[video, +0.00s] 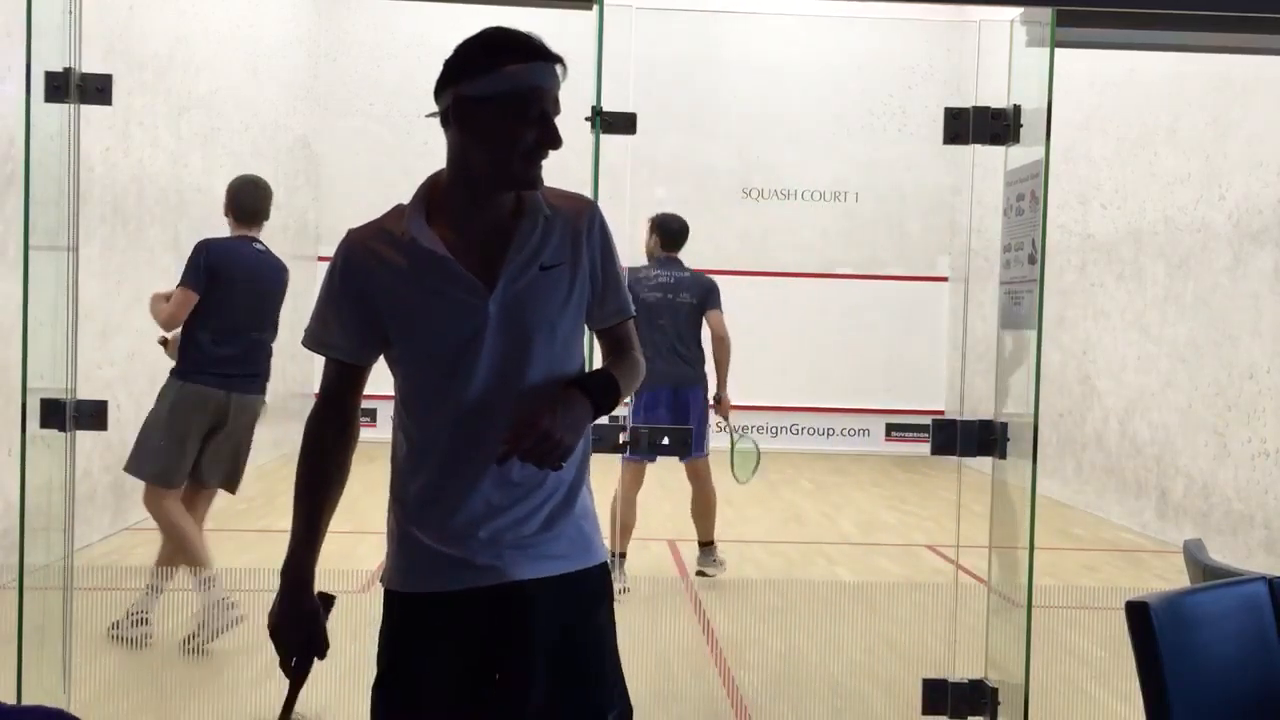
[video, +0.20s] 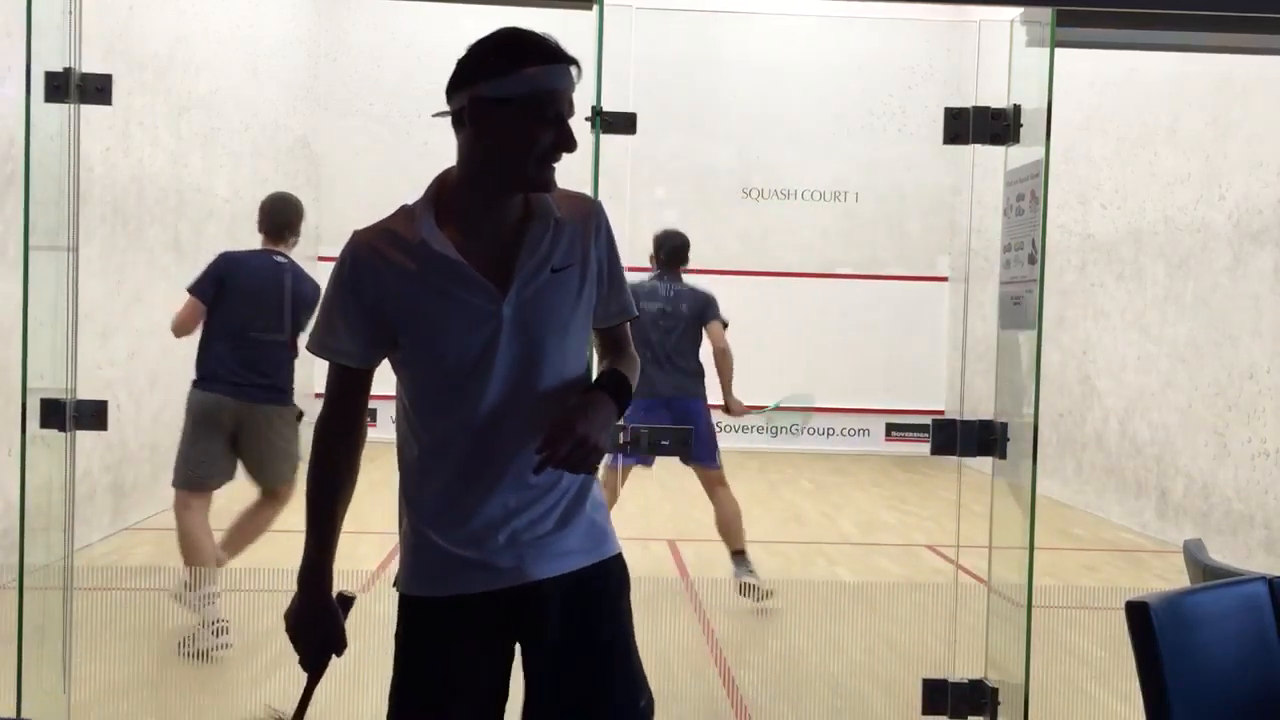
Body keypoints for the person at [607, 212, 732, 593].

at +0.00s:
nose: (644, 238)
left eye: (647, 233)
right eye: (648, 232)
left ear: (654, 239)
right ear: (681, 243)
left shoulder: (629, 280)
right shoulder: (702, 284)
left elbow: (613, 334)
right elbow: (720, 336)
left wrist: (615, 383)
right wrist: (721, 389)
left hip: (645, 391)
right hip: (690, 391)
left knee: (629, 482)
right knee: (700, 474)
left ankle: (617, 564)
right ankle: (707, 554)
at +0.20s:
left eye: (651, 255)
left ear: (652, 259)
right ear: (686, 262)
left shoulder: (628, 293)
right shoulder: (700, 298)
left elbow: (607, 347)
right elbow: (720, 346)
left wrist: (607, 394)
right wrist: (729, 396)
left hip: (638, 406)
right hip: (688, 408)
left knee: (609, 483)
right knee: (717, 487)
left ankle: (575, 551)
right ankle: (742, 566)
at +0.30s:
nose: (660, 282)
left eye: (661, 278)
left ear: (662, 283)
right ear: (695, 286)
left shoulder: (633, 318)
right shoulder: (702, 323)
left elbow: (608, 367)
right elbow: (712, 374)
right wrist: (739, 416)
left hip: (633, 433)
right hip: (685, 436)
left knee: (601, 504)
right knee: (729, 511)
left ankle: (588, 592)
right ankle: (764, 596)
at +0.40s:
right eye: (696, 271)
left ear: (663, 270)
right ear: (699, 275)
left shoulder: (636, 305)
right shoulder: (690, 316)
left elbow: (617, 361)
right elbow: (696, 370)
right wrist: (737, 413)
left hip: (633, 427)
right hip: (676, 431)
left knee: (600, 506)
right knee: (726, 511)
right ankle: (766, 592)